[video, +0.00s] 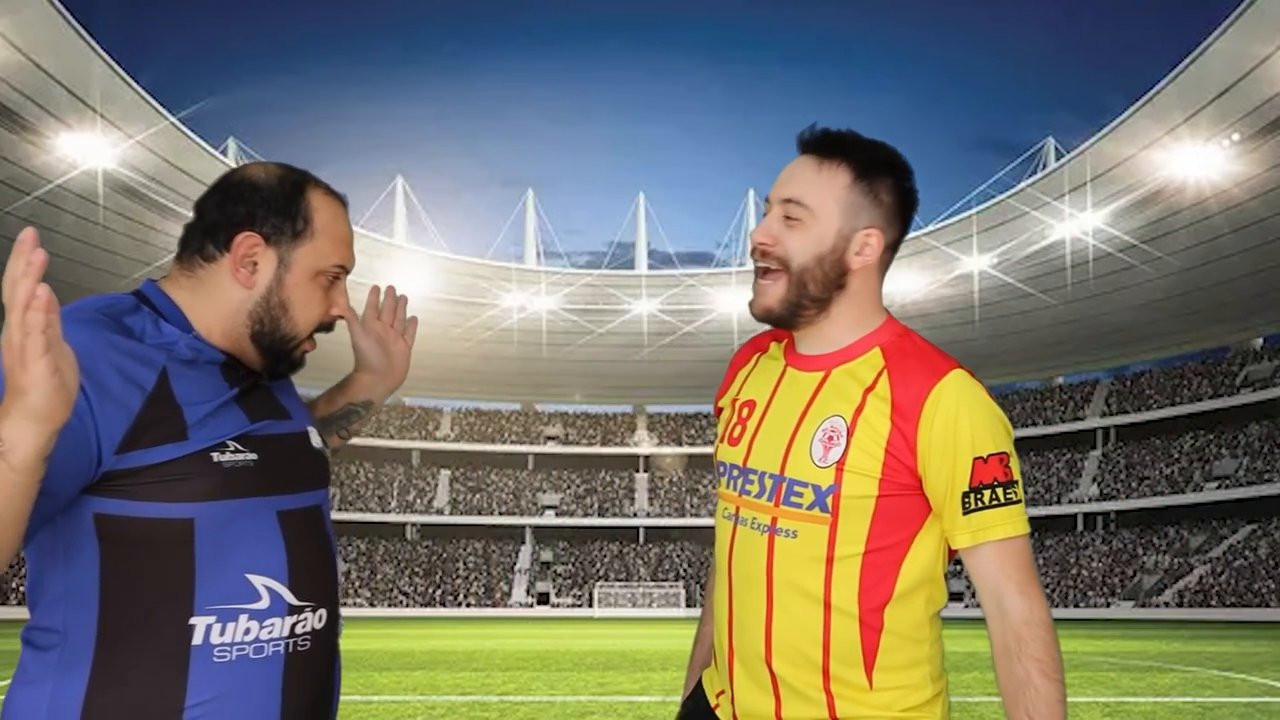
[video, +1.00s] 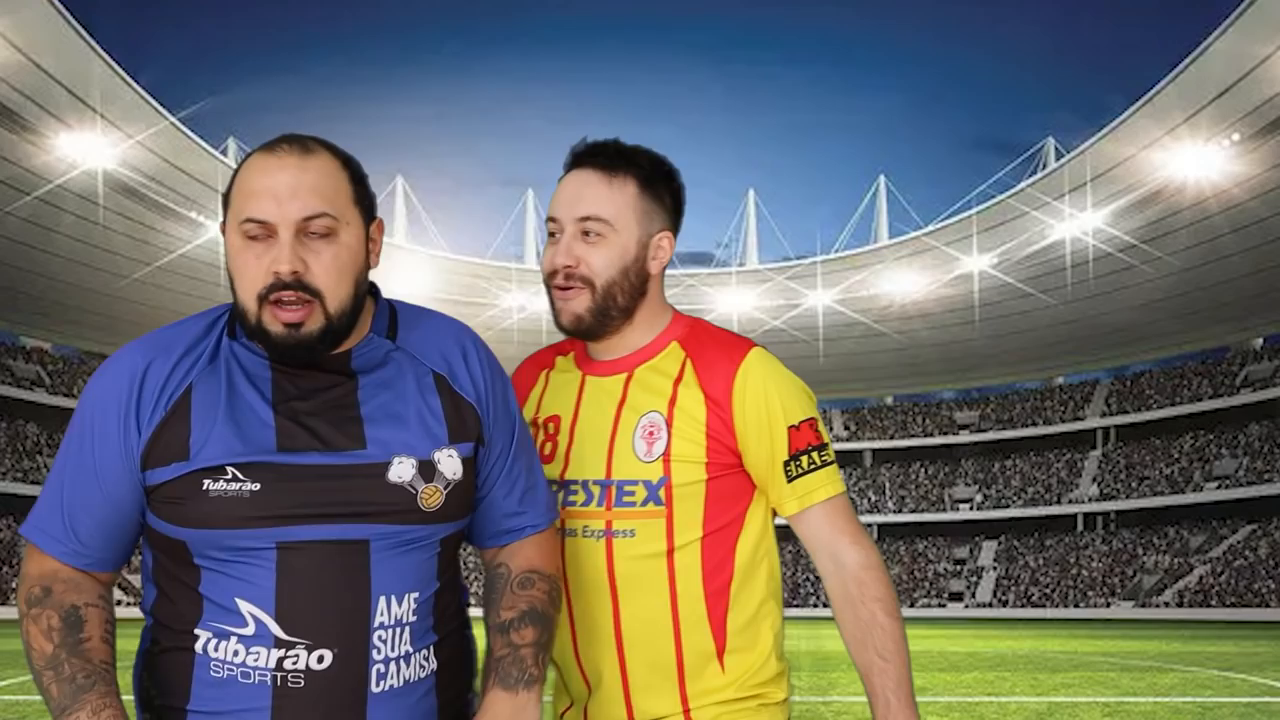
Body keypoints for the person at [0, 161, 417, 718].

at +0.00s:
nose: (340, 310)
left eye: (342, 281)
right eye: (330, 278)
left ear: (248, 261)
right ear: (249, 260)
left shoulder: (265, 378)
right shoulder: (90, 351)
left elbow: (276, 451)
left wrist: (368, 385)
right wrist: (26, 427)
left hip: (288, 705)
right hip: (105, 705)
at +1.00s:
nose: (286, 260)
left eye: (317, 232)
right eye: (257, 233)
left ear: (372, 243)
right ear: (226, 244)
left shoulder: (453, 364)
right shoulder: (140, 384)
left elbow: (520, 536)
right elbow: (61, 574)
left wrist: (510, 698)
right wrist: (96, 711)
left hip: (416, 708)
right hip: (205, 708)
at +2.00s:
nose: (427, 219)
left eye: (463, 202)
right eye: (410, 207)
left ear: (522, 241)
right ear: (388, 241)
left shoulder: (606, 385)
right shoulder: (327, 332)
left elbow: (674, 574)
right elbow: (191, 208)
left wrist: (592, 508)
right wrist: (131, 33)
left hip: (522, 708)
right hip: (327, 704)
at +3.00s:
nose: (582, 261)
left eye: (583, 243)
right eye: (553, 240)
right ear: (478, 253)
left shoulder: (622, 378)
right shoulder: (369, 374)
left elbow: (663, 528)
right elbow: (291, 532)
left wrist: (664, 643)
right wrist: (304, 689)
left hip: (578, 706)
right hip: (405, 706)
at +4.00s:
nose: (458, 271)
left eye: (450, 245)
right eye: (432, 246)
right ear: (346, 253)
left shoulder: (444, 364)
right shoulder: (204, 378)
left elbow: (491, 526)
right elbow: (113, 601)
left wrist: (528, 678)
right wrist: (197, 713)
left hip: (452, 707)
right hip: (274, 704)